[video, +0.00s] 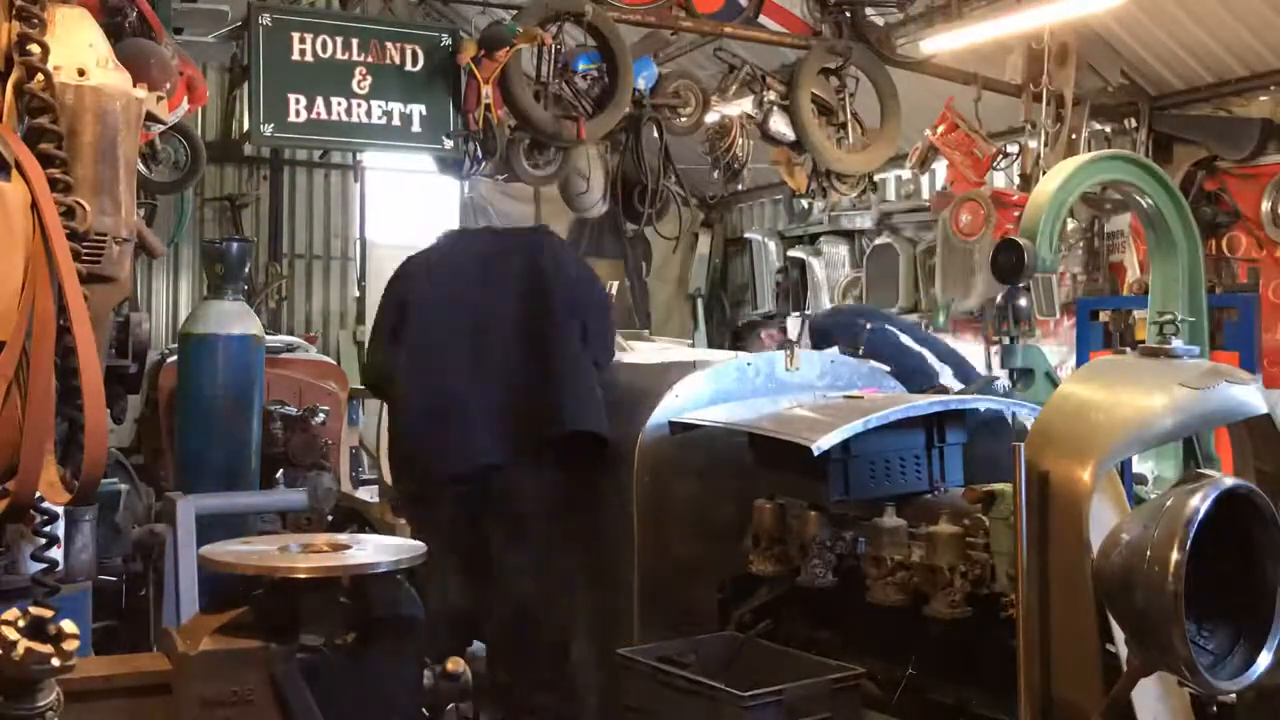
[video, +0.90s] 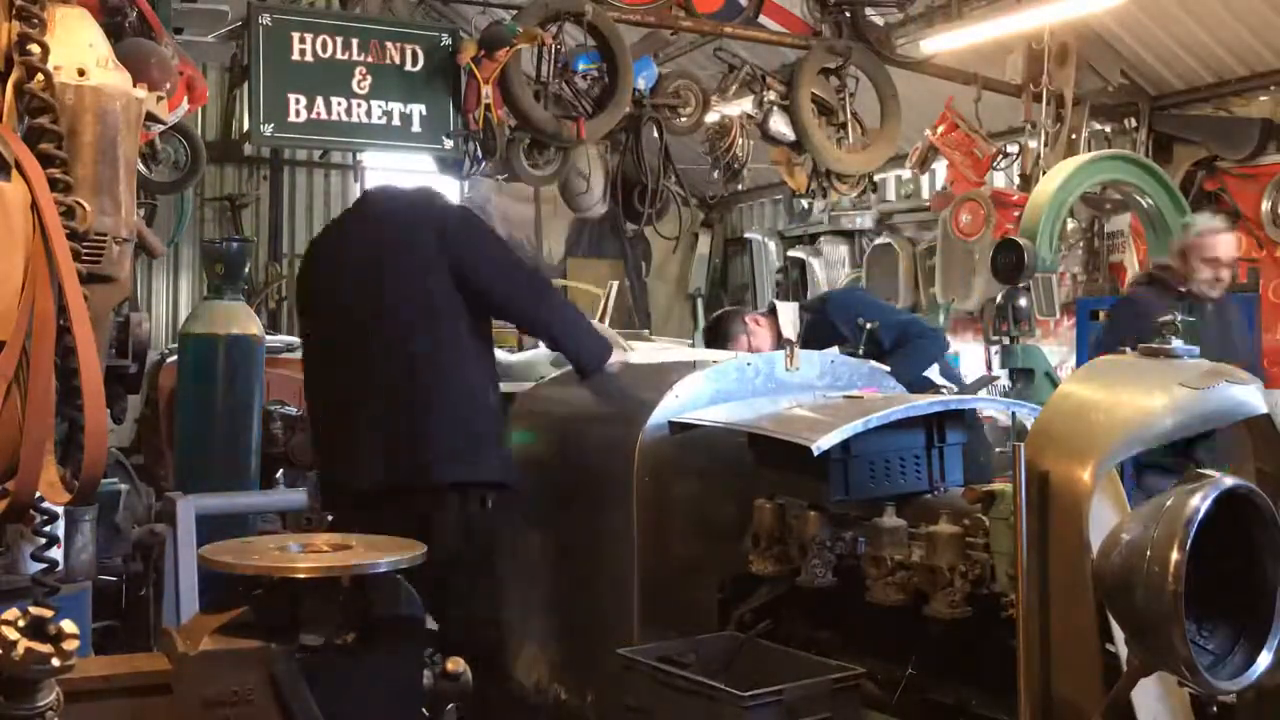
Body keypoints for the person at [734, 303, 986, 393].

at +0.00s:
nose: (772, 357)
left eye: (764, 353)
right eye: (765, 355)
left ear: (769, 336)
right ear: (770, 335)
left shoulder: (834, 327)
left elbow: (900, 348)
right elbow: (914, 335)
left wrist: (930, 388)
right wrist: (973, 379)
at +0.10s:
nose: (842, 266)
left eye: (846, 251)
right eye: (834, 258)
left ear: (875, 229)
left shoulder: (936, 268)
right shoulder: (878, 288)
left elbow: (980, 345)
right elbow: (882, 364)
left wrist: (932, 401)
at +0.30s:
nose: (834, 276)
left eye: (837, 264)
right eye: (827, 268)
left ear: (864, 236)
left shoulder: (935, 282)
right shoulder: (854, 282)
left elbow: (978, 371)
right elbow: (858, 350)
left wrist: (897, 402)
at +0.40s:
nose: (826, 271)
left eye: (827, 257)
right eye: (818, 263)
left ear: (852, 232)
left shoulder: (925, 274)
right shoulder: (850, 285)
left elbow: (974, 351)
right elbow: (859, 354)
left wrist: (902, 394)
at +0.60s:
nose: (789, 354)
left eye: (783, 344)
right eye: (779, 356)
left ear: (784, 319)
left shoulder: (850, 299)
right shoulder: (827, 356)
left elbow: (924, 333)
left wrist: (873, 384)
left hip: (969, 396)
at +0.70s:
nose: (765, 360)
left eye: (759, 352)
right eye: (756, 360)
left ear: (765, 325)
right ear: (766, 324)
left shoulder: (847, 304)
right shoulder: (802, 358)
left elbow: (932, 342)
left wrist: (878, 386)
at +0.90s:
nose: (758, 362)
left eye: (751, 351)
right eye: (747, 362)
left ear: (756, 322)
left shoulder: (839, 306)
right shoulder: (787, 359)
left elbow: (929, 341)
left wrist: (880, 387)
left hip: (945, 415)